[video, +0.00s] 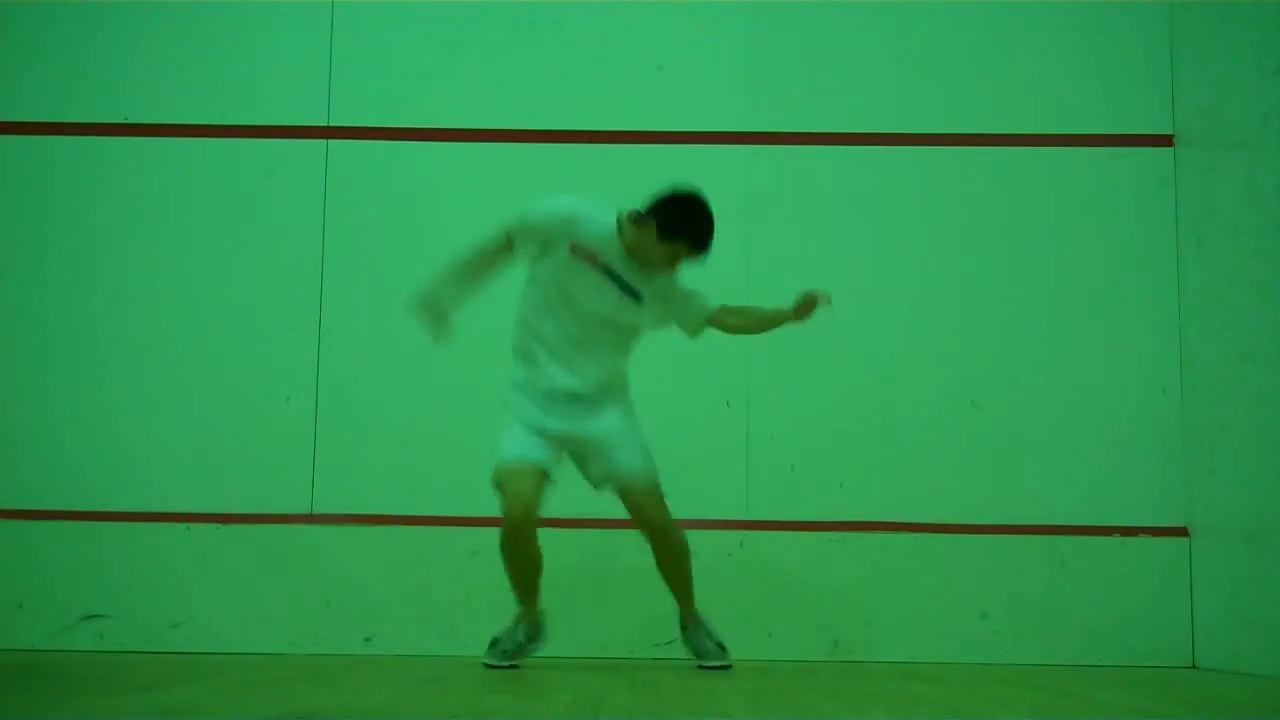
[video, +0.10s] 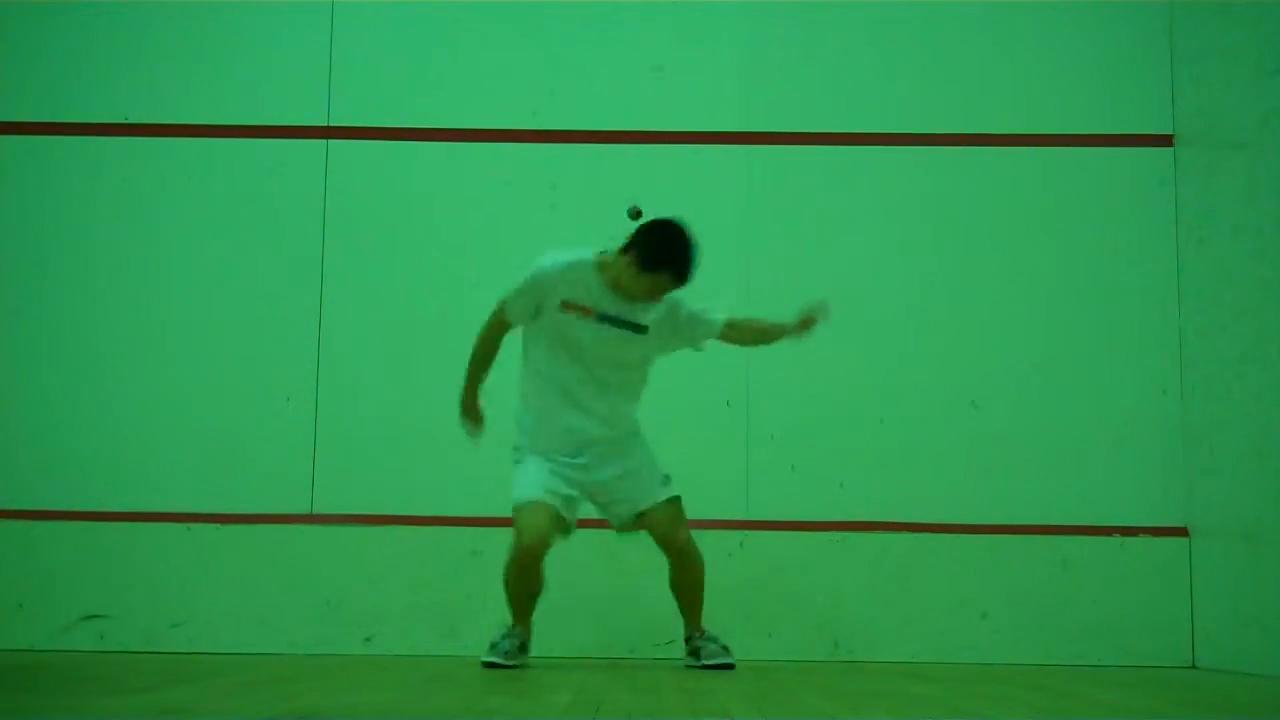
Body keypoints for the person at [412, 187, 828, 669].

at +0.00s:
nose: (669, 267)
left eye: (677, 261)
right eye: (668, 254)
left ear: (681, 255)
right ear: (644, 225)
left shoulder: (664, 290)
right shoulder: (572, 223)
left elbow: (722, 316)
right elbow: (502, 244)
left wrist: (789, 315)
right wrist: (443, 295)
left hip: (602, 408)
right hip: (533, 400)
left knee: (654, 514)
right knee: (517, 512)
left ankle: (692, 621)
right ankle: (528, 619)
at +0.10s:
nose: (653, 298)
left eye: (662, 292)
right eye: (651, 287)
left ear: (671, 285)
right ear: (630, 259)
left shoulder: (665, 313)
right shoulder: (555, 278)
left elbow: (731, 330)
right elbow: (498, 323)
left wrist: (788, 328)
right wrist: (470, 393)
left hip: (619, 450)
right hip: (547, 448)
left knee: (681, 542)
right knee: (529, 542)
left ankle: (697, 637)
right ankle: (518, 634)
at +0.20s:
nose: (611, 284)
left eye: (620, 278)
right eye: (607, 275)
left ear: (628, 267)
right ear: (585, 252)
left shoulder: (634, 285)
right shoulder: (528, 273)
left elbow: (696, 306)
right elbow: (463, 331)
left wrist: (760, 341)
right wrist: (463, 415)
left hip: (615, 440)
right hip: (542, 441)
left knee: (662, 536)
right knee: (505, 528)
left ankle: (688, 627)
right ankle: (514, 632)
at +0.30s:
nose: (594, 249)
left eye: (601, 241)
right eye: (587, 240)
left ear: (611, 229)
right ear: (563, 219)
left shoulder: (626, 249)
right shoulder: (516, 243)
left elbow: (690, 263)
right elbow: (438, 296)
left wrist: (764, 285)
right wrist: (456, 372)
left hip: (602, 397)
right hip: (534, 399)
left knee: (611, 487)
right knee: (508, 513)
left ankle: (656, 597)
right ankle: (514, 629)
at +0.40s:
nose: (593, 223)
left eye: (603, 217)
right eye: (588, 213)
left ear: (615, 205)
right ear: (564, 188)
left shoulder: (622, 229)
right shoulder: (513, 210)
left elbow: (694, 243)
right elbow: (424, 248)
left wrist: (772, 261)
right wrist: (430, 330)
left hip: (585, 368)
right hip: (520, 372)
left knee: (570, 464)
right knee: (502, 488)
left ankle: (595, 602)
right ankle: (545, 598)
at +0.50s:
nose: (592, 227)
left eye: (604, 220)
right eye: (588, 214)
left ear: (615, 214)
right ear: (564, 189)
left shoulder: (611, 253)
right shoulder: (507, 206)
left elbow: (686, 288)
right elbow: (417, 203)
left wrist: (763, 327)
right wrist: (386, 277)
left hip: (566, 378)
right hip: (505, 379)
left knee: (527, 486)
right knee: (494, 496)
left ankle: (528, 629)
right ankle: (599, 577)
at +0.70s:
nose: (582, 237)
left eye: (591, 229)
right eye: (576, 225)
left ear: (596, 224)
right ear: (548, 206)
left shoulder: (592, 271)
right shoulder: (499, 213)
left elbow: (608, 346)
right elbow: (448, 191)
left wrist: (622, 420)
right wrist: (395, 162)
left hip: (570, 386)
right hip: (508, 390)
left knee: (545, 479)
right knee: (496, 488)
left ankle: (533, 627)